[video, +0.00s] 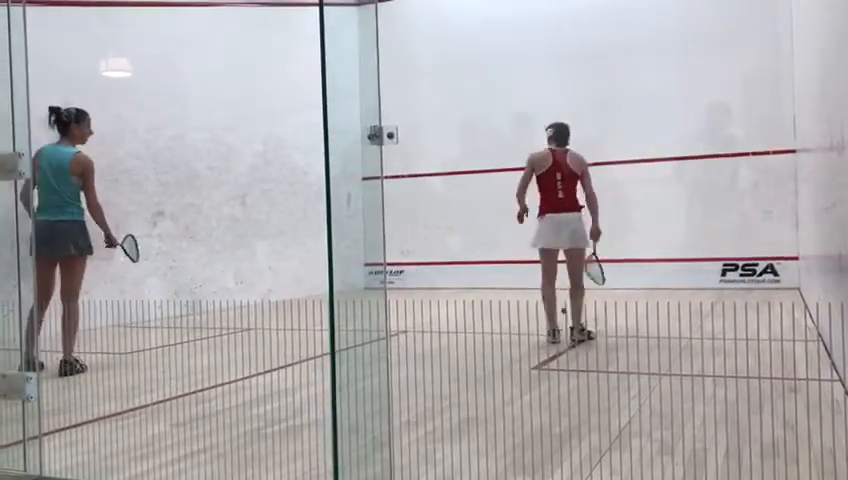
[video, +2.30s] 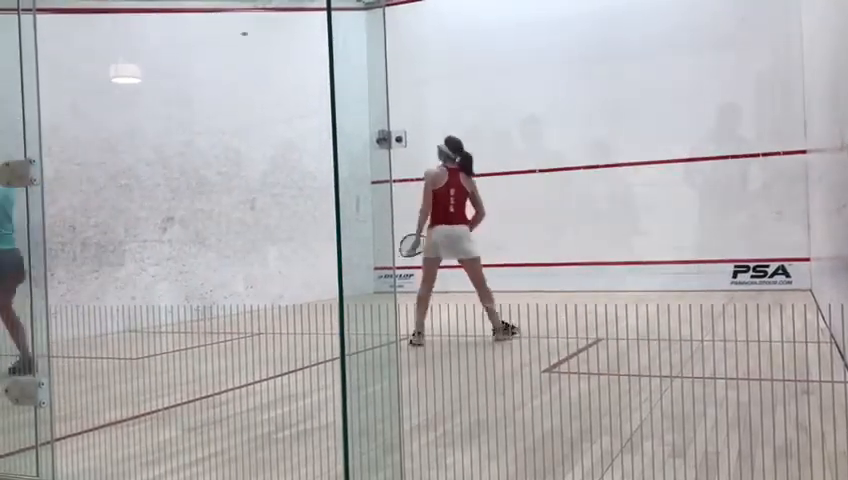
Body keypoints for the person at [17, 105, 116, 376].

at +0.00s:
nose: (91, 132)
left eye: (90, 127)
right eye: (87, 127)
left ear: (68, 128)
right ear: (73, 127)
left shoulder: (41, 154)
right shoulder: (83, 161)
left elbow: (24, 194)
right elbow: (92, 204)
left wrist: (34, 219)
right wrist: (108, 231)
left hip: (42, 230)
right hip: (72, 230)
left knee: (41, 298)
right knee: (70, 298)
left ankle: (29, 355)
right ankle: (68, 359)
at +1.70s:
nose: (64, 135)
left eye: (62, 130)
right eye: (60, 130)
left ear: (39, 135)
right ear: (49, 134)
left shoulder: (17, 164)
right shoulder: (64, 166)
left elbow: (4, 202)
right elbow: (80, 208)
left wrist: (3, 237)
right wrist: (91, 236)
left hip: (23, 238)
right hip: (56, 237)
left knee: (17, 302)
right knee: (67, 304)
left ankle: (9, 365)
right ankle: (77, 363)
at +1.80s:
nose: (53, 138)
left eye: (51, 133)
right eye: (50, 134)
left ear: (25, 136)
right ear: (44, 137)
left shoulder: (8, 165)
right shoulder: (54, 168)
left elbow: (2, 195)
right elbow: (69, 208)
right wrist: (76, 235)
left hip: (11, 238)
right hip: (43, 237)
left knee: (8, 307)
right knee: (58, 301)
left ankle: (8, 366)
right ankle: (75, 357)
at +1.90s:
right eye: (37, 138)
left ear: (12, 139)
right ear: (37, 139)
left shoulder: (3, 165)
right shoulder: (44, 169)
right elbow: (59, 209)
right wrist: (58, 227)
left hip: (6, 240)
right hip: (33, 239)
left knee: (4, 306)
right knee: (42, 295)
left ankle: (7, 363)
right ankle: (62, 343)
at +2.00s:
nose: (27, 144)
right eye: (29, 139)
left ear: (5, 140)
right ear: (29, 140)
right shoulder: (37, 170)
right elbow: (50, 211)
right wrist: (29, 217)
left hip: (5, 238)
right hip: (29, 238)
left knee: (2, 301)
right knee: (26, 295)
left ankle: (4, 361)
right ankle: (40, 352)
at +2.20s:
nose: (2, 162)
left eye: (1, 157)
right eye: (4, 157)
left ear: (3, 155)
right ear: (8, 155)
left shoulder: (12, 183)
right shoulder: (20, 183)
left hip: (13, 250)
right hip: (19, 250)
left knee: (7, 303)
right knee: (7, 304)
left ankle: (27, 356)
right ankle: (26, 355)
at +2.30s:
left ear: (6, 172)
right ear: (8, 173)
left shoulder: (7, 193)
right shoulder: (7, 193)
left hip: (8, 253)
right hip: (10, 252)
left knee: (6, 308)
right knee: (6, 308)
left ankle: (25, 357)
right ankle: (25, 356)